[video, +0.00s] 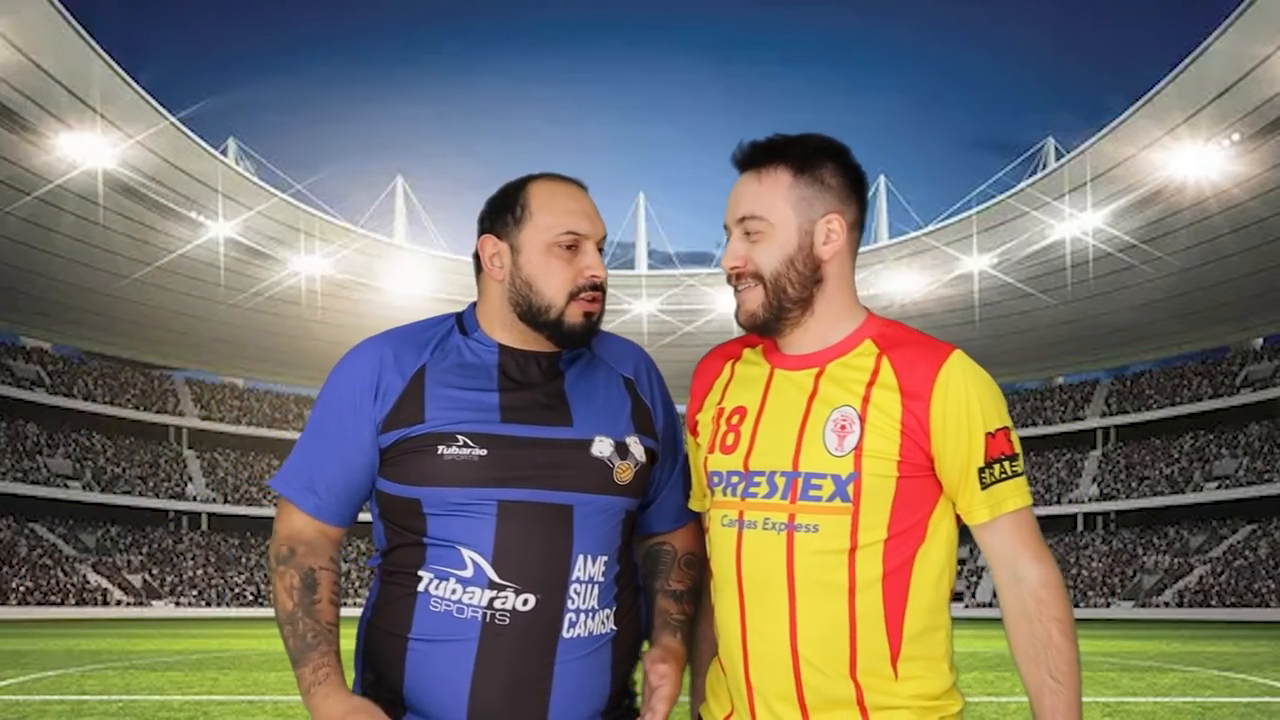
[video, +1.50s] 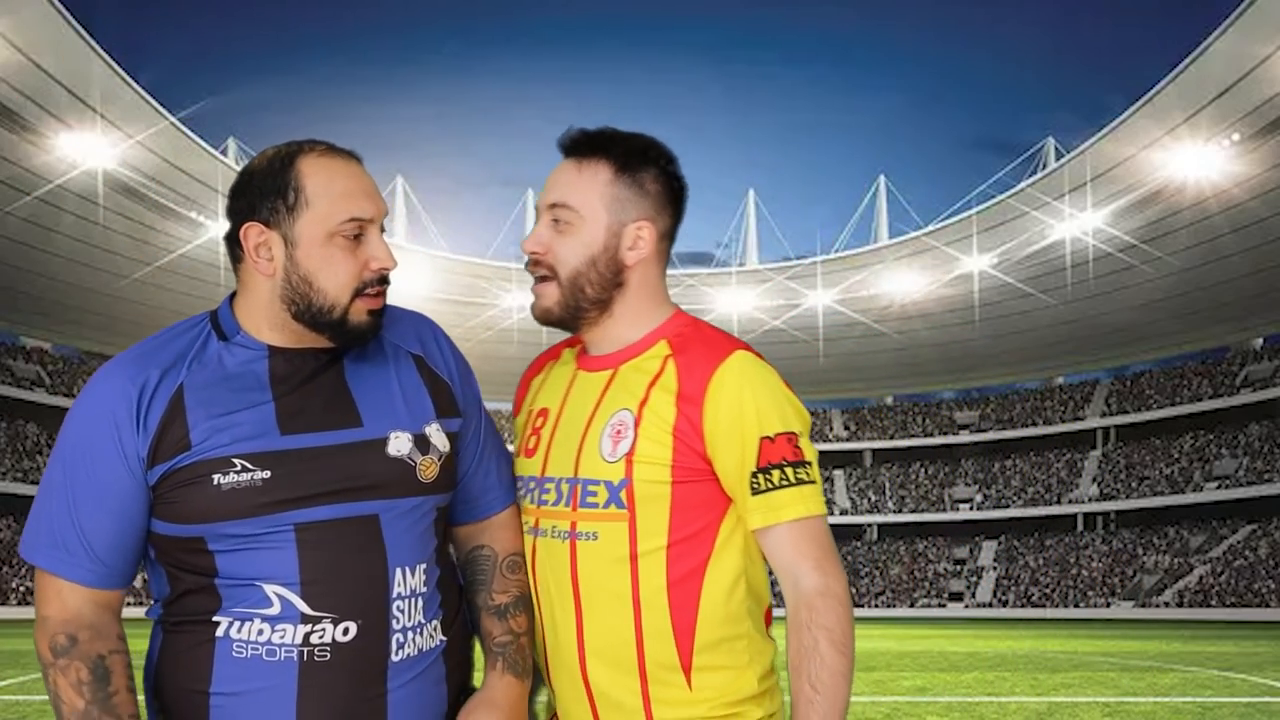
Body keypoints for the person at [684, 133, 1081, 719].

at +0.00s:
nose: (729, 261)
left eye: (752, 234)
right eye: (730, 237)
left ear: (829, 236)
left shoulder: (940, 382)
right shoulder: (714, 378)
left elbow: (1022, 573)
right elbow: (709, 568)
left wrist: (1059, 714)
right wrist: (703, 699)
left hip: (893, 705)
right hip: (733, 706)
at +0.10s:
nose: (722, 270)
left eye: (749, 241)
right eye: (714, 248)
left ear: (820, 237)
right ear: (709, 255)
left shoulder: (921, 381)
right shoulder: (696, 379)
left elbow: (1005, 573)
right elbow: (677, 554)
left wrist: (1033, 713)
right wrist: (659, 687)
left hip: (880, 705)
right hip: (722, 706)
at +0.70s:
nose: (655, 299)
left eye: (683, 271)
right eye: (644, 269)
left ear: (753, 266)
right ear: (634, 263)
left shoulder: (852, 385)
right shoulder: (624, 385)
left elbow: (940, 572)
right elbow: (619, 556)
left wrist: (996, 714)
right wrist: (595, 712)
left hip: (825, 705)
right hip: (674, 708)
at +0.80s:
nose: (629, 289)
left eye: (655, 262)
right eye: (630, 259)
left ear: (736, 268)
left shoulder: (845, 393)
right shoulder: (625, 380)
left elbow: (926, 590)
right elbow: (614, 555)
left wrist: (972, 713)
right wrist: (588, 709)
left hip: (804, 706)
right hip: (655, 707)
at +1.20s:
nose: (607, 251)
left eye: (632, 225)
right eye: (616, 222)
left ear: (709, 241)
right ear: (707, 243)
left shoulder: (807, 392)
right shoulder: (626, 367)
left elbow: (861, 628)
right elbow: (607, 573)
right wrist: (568, 700)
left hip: (733, 705)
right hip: (600, 705)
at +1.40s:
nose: (564, 242)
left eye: (594, 218)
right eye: (577, 218)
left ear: (668, 241)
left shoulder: (762, 385)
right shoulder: (577, 374)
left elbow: (835, 605)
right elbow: (575, 575)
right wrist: (527, 697)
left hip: (714, 703)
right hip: (580, 703)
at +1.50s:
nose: (530, 246)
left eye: (560, 222)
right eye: (538, 222)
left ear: (636, 242)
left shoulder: (730, 380)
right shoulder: (539, 381)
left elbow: (817, 589)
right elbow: (525, 575)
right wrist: (501, 694)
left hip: (712, 702)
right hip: (574, 705)